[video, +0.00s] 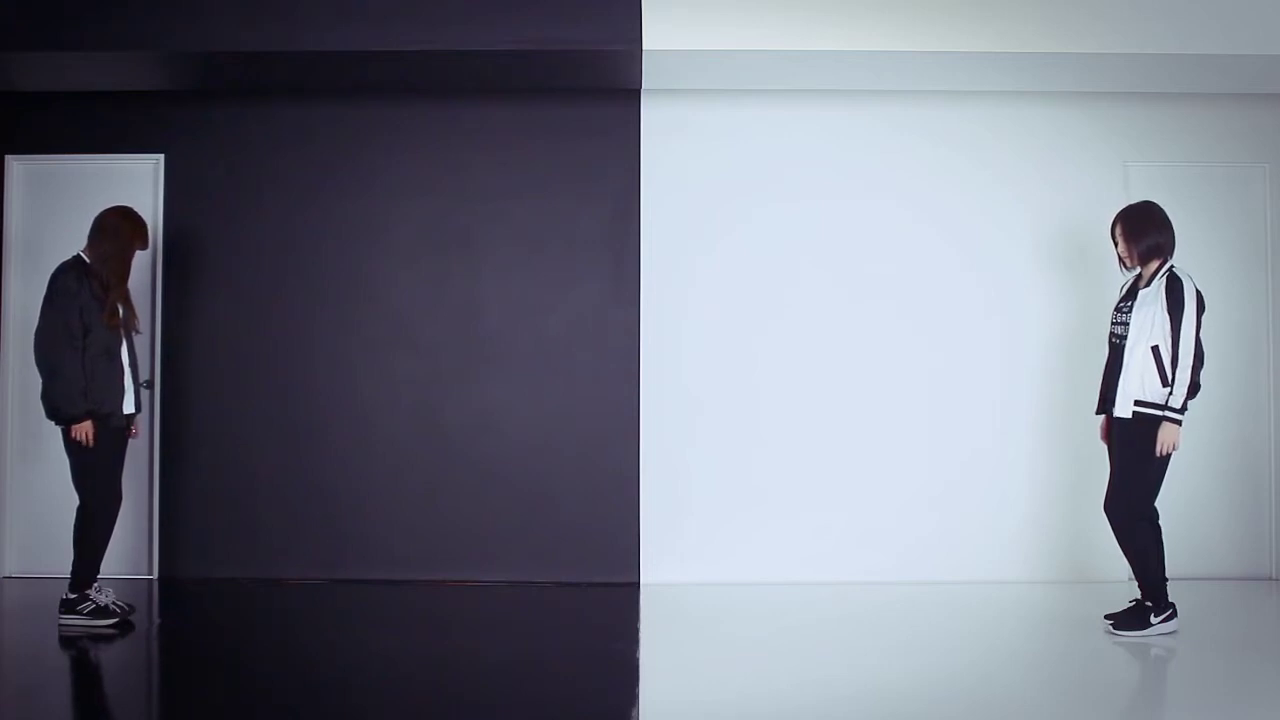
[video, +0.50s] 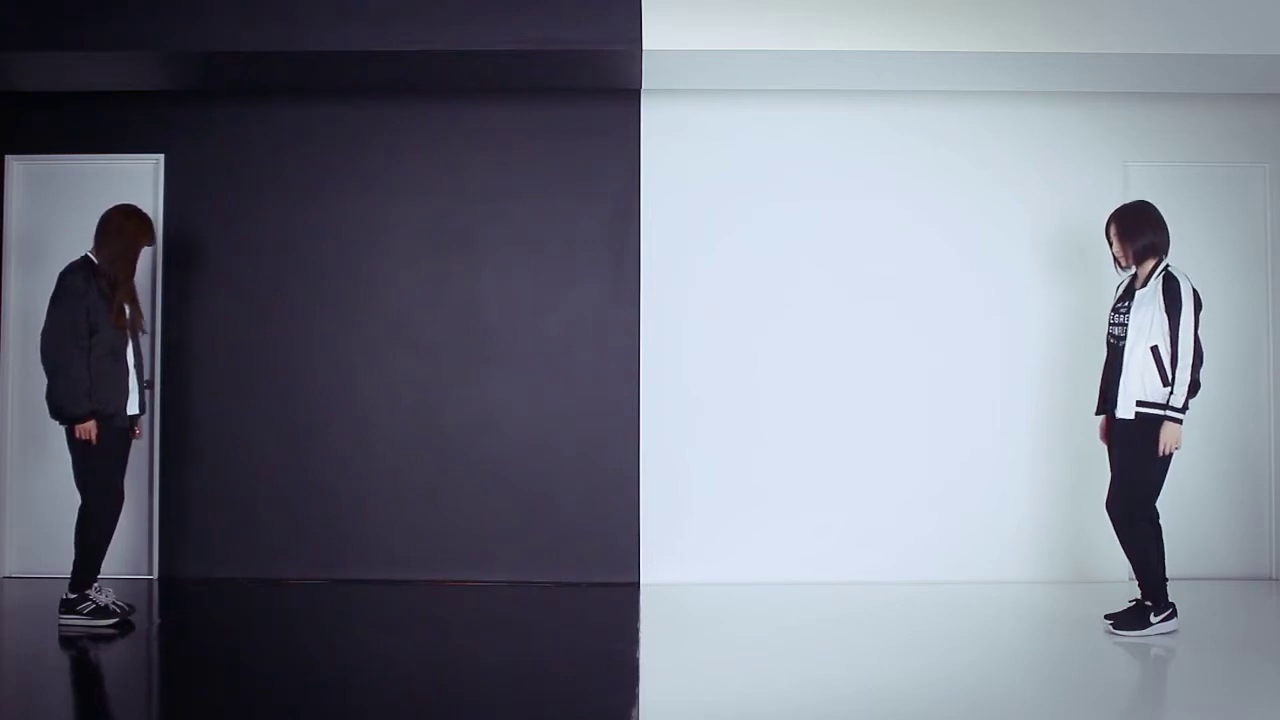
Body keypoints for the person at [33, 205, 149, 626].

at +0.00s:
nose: (132, 259)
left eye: (135, 251)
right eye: (130, 250)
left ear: (107, 240)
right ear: (114, 244)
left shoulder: (109, 283)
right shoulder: (70, 278)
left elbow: (119, 353)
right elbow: (55, 349)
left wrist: (130, 410)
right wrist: (75, 412)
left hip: (112, 416)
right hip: (87, 417)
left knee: (107, 501)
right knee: (97, 502)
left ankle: (86, 590)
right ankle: (77, 597)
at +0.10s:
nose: (133, 259)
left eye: (136, 251)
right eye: (131, 250)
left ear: (108, 240)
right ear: (114, 244)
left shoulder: (109, 283)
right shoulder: (71, 278)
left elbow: (118, 354)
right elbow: (55, 349)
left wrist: (129, 410)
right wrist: (76, 412)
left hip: (111, 415)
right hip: (87, 417)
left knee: (106, 501)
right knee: (98, 502)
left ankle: (86, 590)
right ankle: (77, 597)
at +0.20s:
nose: (134, 259)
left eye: (137, 251)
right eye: (132, 249)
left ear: (109, 241)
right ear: (115, 243)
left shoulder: (110, 283)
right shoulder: (72, 278)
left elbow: (119, 354)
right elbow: (57, 349)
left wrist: (130, 410)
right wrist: (76, 412)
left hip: (112, 415)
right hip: (87, 417)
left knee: (106, 500)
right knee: (99, 502)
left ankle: (86, 590)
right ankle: (77, 597)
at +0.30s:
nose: (134, 258)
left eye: (137, 250)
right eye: (133, 249)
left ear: (110, 240)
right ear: (116, 243)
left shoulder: (112, 283)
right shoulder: (73, 279)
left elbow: (121, 353)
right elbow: (57, 349)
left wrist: (132, 409)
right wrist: (76, 411)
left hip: (113, 415)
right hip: (87, 416)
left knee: (107, 500)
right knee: (98, 501)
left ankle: (86, 590)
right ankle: (78, 597)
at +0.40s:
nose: (135, 258)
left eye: (138, 250)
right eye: (133, 249)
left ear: (112, 240)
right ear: (116, 242)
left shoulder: (114, 283)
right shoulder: (75, 278)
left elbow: (123, 354)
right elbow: (58, 349)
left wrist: (132, 411)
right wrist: (77, 411)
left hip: (114, 415)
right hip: (88, 417)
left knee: (108, 500)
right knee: (98, 501)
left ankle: (86, 590)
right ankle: (78, 596)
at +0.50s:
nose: (138, 257)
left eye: (141, 249)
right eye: (137, 247)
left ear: (113, 238)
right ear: (121, 241)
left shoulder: (116, 283)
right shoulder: (78, 279)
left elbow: (122, 355)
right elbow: (60, 349)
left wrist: (132, 412)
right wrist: (79, 411)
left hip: (115, 415)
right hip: (89, 417)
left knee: (109, 499)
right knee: (100, 500)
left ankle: (86, 589)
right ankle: (78, 596)